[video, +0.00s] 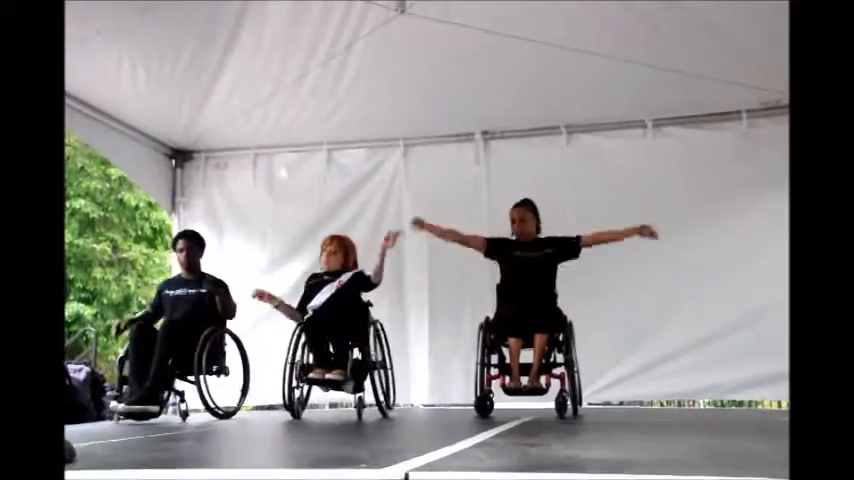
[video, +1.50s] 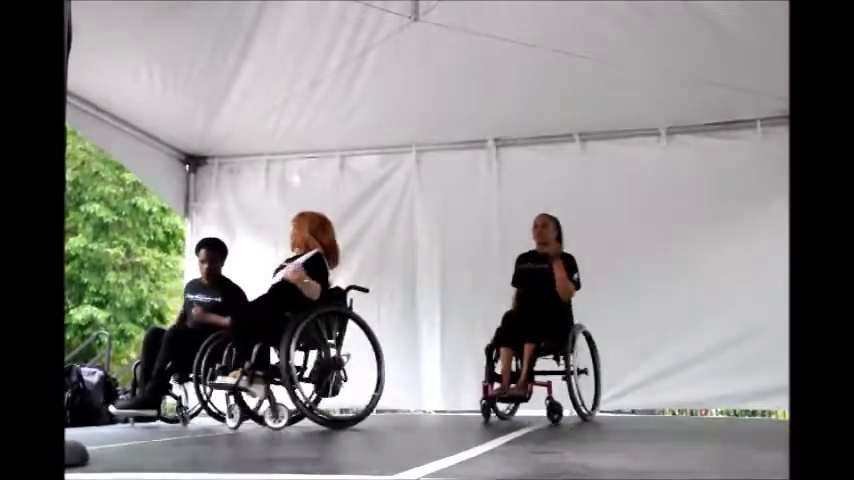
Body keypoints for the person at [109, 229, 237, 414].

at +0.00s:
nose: (185, 256)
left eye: (190, 250)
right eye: (180, 251)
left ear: (200, 253)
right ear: (175, 255)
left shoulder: (214, 285)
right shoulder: (167, 287)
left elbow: (229, 314)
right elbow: (153, 313)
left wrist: (219, 292)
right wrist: (128, 322)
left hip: (205, 350)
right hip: (174, 348)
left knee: (169, 327)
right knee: (141, 329)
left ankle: (151, 397)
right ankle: (136, 397)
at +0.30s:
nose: (188, 259)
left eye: (194, 254)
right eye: (184, 254)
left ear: (203, 256)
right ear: (178, 257)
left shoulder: (214, 288)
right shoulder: (170, 289)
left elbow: (216, 314)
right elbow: (156, 318)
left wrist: (188, 292)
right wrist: (129, 338)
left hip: (205, 353)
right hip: (176, 351)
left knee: (167, 331)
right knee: (138, 333)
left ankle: (148, 400)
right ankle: (133, 397)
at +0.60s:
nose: (191, 261)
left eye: (196, 256)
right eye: (186, 257)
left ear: (202, 258)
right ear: (177, 260)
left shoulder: (216, 288)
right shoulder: (169, 292)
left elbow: (244, 310)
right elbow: (152, 319)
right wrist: (128, 344)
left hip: (205, 353)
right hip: (176, 352)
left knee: (162, 333)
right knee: (136, 335)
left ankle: (145, 401)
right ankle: (132, 399)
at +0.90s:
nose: (199, 261)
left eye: (202, 257)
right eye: (193, 256)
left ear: (207, 260)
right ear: (182, 260)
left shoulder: (219, 289)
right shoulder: (169, 293)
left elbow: (246, 300)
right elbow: (145, 322)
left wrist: (268, 296)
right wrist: (124, 349)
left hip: (209, 356)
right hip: (178, 355)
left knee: (168, 334)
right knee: (140, 335)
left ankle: (149, 403)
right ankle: (134, 401)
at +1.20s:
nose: (209, 264)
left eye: (214, 260)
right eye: (204, 259)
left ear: (219, 262)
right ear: (194, 260)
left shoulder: (230, 296)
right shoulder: (178, 291)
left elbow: (249, 326)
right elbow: (153, 319)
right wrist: (131, 349)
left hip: (214, 360)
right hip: (182, 356)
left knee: (175, 336)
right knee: (151, 336)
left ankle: (156, 402)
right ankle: (142, 400)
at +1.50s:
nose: (207, 267)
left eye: (212, 262)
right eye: (203, 262)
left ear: (222, 262)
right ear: (197, 262)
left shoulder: (233, 292)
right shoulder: (192, 287)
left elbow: (238, 324)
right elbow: (184, 314)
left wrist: (207, 317)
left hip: (218, 350)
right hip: (192, 346)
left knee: (174, 335)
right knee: (154, 335)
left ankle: (153, 399)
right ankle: (144, 398)